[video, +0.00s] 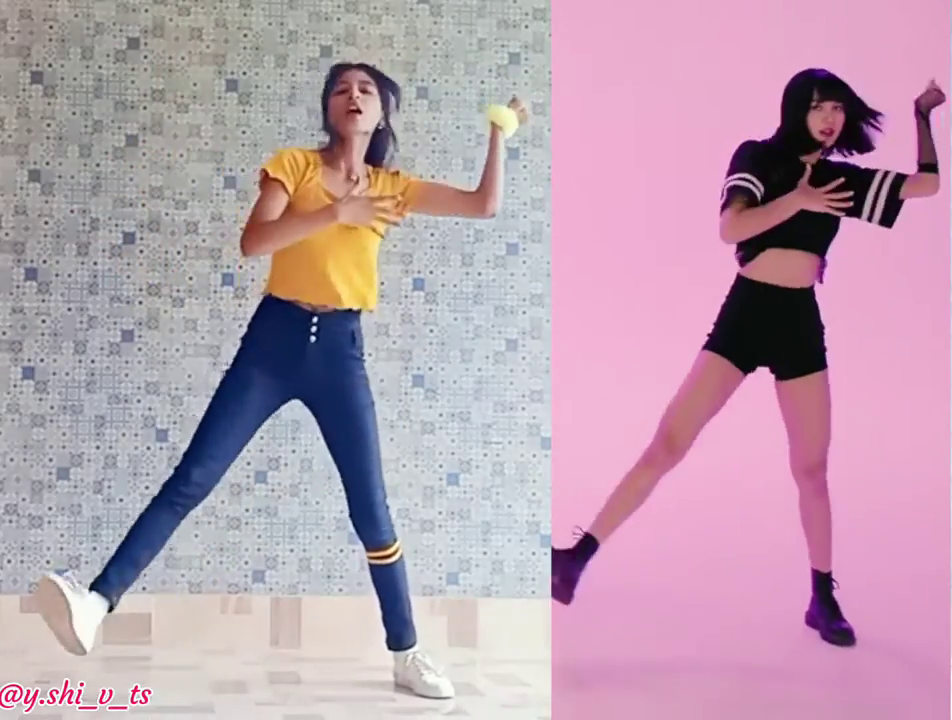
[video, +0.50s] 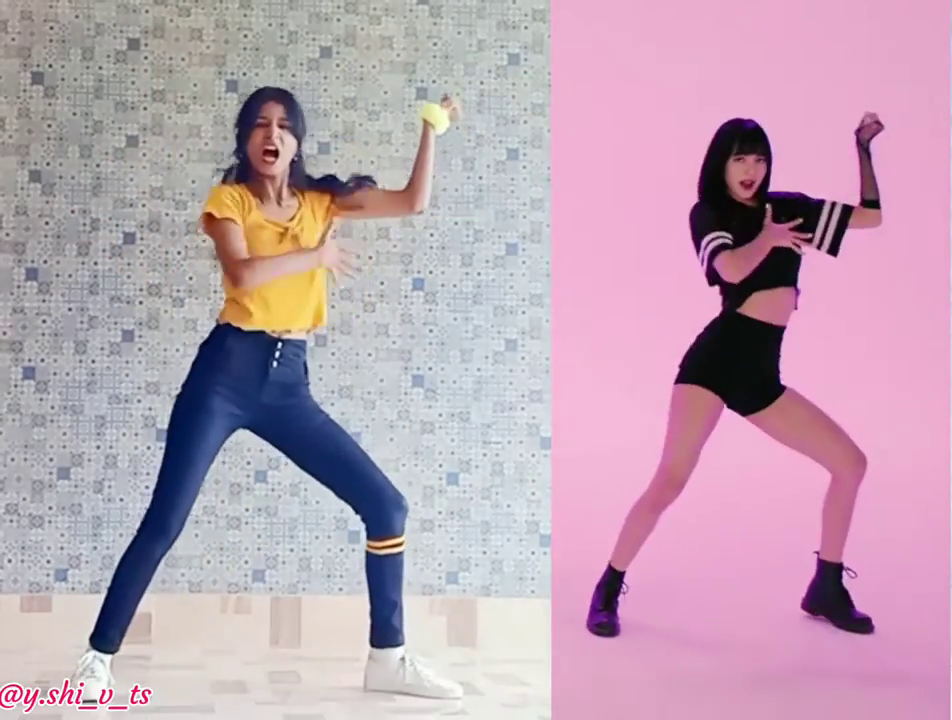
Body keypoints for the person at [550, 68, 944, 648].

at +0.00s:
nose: (829, 118)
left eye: (837, 109)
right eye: (818, 108)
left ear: (847, 117)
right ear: (796, 111)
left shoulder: (840, 177)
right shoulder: (758, 156)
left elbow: (927, 184)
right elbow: (731, 229)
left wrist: (923, 119)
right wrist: (796, 201)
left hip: (800, 325)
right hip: (742, 317)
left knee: (812, 470)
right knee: (665, 450)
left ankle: (823, 597)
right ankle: (576, 558)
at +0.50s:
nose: (748, 170)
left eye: (757, 159)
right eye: (738, 159)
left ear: (768, 165)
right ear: (718, 164)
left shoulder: (783, 209)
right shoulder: (709, 215)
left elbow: (870, 216)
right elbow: (731, 270)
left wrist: (864, 150)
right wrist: (769, 238)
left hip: (759, 374)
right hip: (714, 361)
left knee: (849, 464)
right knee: (669, 482)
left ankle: (826, 587)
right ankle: (608, 589)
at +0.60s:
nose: (730, 170)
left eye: (739, 160)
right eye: (720, 160)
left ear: (750, 164)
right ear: (701, 164)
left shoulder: (768, 209)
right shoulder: (695, 211)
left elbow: (845, 216)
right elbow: (733, 236)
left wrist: (840, 149)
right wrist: (771, 232)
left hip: (747, 371)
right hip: (700, 359)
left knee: (835, 462)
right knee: (654, 481)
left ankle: (815, 582)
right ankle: (599, 585)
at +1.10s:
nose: (709, 174)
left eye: (719, 164)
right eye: (700, 163)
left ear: (730, 168)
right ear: (684, 165)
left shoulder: (746, 210)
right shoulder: (672, 217)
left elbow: (825, 208)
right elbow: (716, 276)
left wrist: (821, 142)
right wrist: (790, 270)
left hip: (723, 366)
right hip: (678, 355)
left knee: (809, 458)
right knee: (636, 475)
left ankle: (799, 579)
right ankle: (584, 580)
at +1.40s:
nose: (704, 174)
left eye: (712, 162)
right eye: (694, 165)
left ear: (724, 165)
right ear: (679, 172)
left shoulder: (753, 210)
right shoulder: (672, 233)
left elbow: (833, 213)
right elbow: (658, 315)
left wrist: (833, 146)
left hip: (734, 372)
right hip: (686, 364)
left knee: (819, 467)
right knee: (645, 482)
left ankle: (813, 590)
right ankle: (596, 591)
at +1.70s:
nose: (711, 175)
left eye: (712, 163)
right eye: (698, 177)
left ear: (731, 164)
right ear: (694, 196)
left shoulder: (779, 223)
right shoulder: (697, 239)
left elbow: (853, 227)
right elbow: (642, 311)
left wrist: (857, 161)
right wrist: (584, 370)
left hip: (750, 381)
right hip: (699, 374)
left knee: (835, 481)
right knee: (670, 503)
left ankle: (828, 589)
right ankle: (625, 613)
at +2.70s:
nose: (772, 126)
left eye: (784, 126)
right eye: (763, 117)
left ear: (790, 151)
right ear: (739, 131)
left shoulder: (794, 214)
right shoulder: (693, 204)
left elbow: (820, 285)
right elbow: (655, 299)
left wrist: (807, 331)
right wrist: (612, 386)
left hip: (774, 357)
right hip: (713, 363)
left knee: (832, 494)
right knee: (674, 505)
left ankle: (821, 594)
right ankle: (623, 621)